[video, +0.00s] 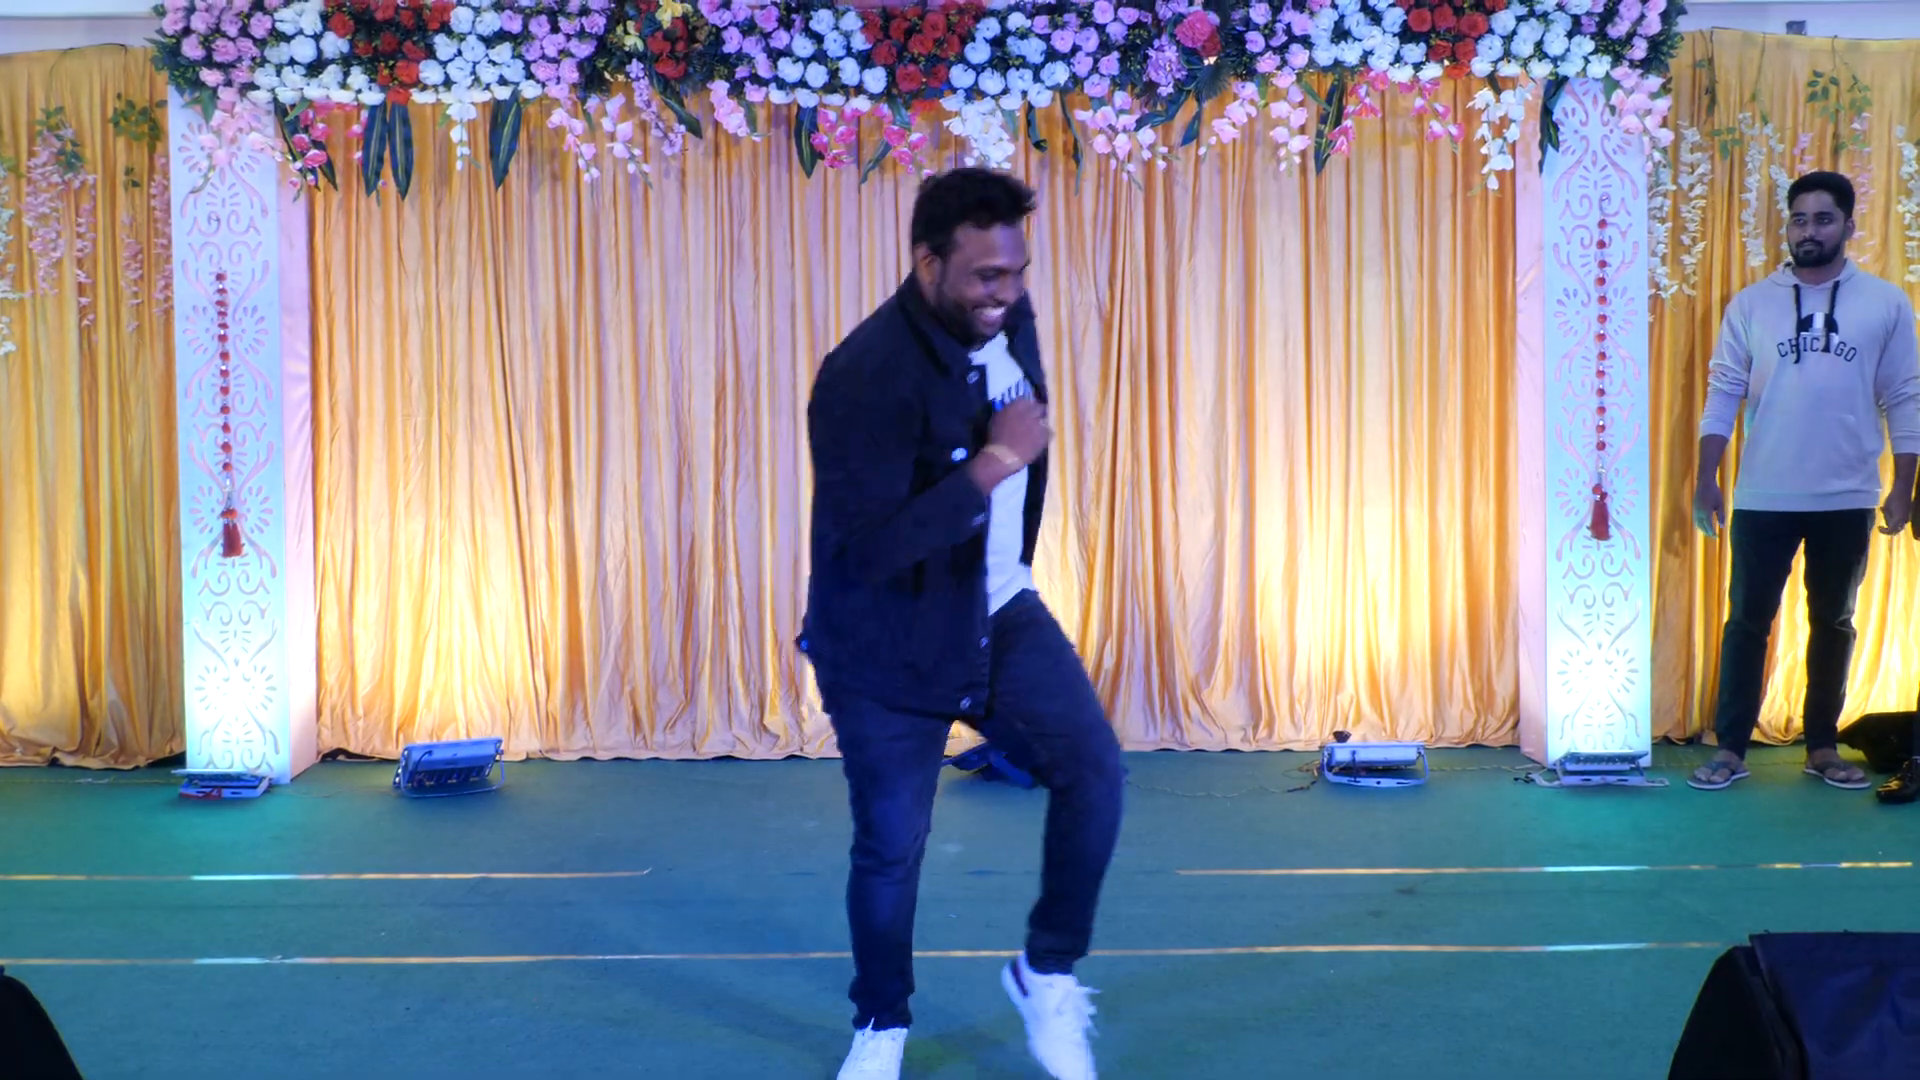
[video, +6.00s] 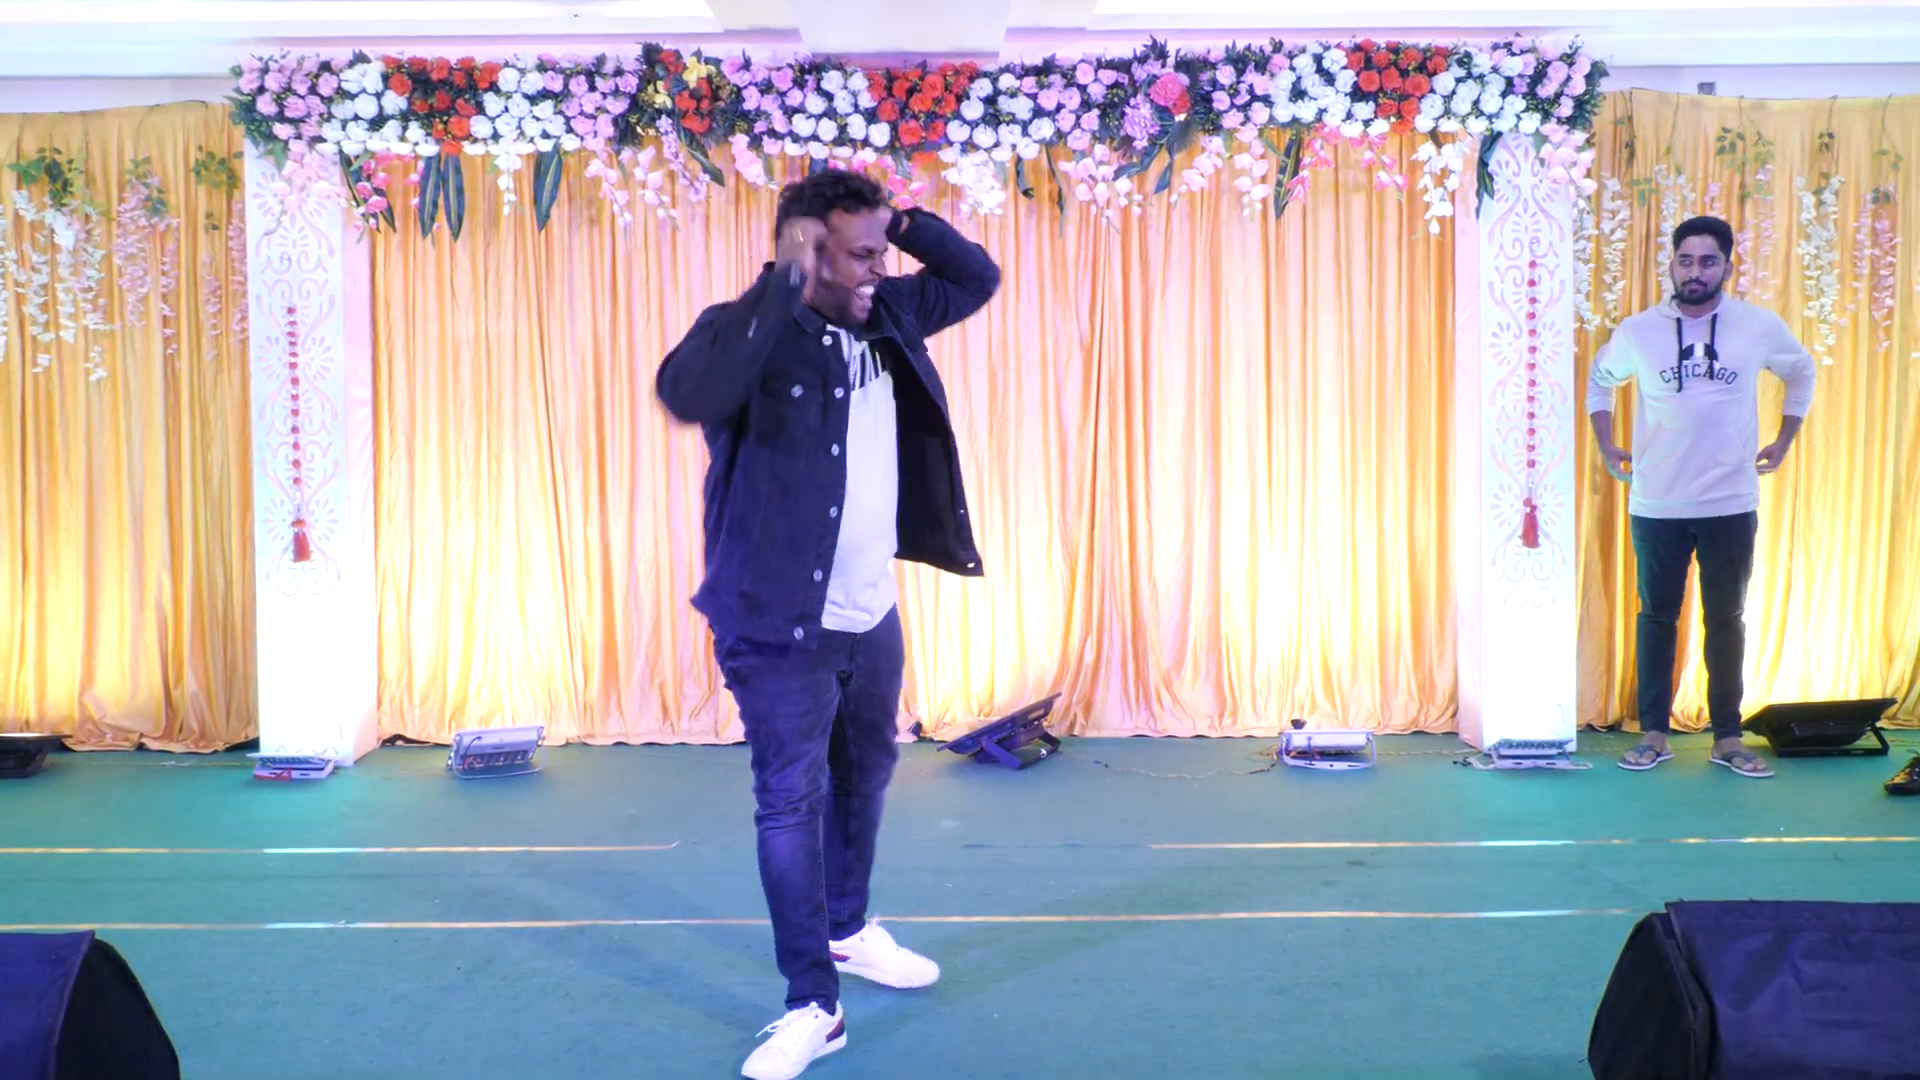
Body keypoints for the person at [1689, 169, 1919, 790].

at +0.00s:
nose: (1810, 229)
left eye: (1824, 219)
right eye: (1799, 218)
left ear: (1848, 226)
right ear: (1787, 226)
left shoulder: (1886, 304)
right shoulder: (1751, 304)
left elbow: (1905, 398)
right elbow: (1723, 390)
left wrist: (1904, 483)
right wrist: (1707, 474)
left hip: (1846, 495)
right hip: (1764, 493)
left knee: (1833, 626)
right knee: (1747, 621)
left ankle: (1822, 748)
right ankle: (1730, 749)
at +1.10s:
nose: (1755, 262)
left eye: (1767, 252)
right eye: (1744, 252)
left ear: (1783, 260)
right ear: (1725, 259)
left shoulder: (1811, 330)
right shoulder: (1689, 328)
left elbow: (1825, 416)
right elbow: (1663, 409)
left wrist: (1820, 497)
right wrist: (1654, 486)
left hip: (1773, 506)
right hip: (1699, 503)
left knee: (1760, 627)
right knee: (1679, 623)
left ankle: (1746, 738)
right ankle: (1662, 739)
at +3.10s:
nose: (1715, 275)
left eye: (1728, 266)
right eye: (1709, 266)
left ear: (1757, 272)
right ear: (1703, 271)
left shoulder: (1792, 342)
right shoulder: (1672, 339)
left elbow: (1805, 428)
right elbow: (1647, 417)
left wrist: (1801, 507)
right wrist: (1637, 491)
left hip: (1755, 511)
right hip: (1681, 509)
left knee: (1742, 629)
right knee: (1661, 624)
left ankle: (1727, 737)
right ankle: (1644, 737)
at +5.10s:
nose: (1682, 302)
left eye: (1692, 291)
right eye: (1670, 291)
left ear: (1708, 290)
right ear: (1651, 293)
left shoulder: (1742, 338)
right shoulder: (1622, 347)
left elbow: (1784, 373)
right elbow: (1586, 387)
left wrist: (1756, 449)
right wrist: (1603, 455)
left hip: (1716, 500)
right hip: (1642, 501)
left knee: (1726, 619)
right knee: (1642, 615)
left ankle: (1728, 740)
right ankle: (1650, 735)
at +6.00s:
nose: (1695, 269)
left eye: (1707, 260)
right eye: (1686, 260)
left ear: (1728, 267)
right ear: (1672, 265)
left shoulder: (1758, 326)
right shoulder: (1639, 330)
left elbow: (1802, 371)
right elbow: (1599, 379)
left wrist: (1783, 440)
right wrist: (1607, 448)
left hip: (1729, 499)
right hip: (1657, 501)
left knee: (1725, 619)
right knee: (1657, 616)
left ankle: (1728, 739)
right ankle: (1654, 736)